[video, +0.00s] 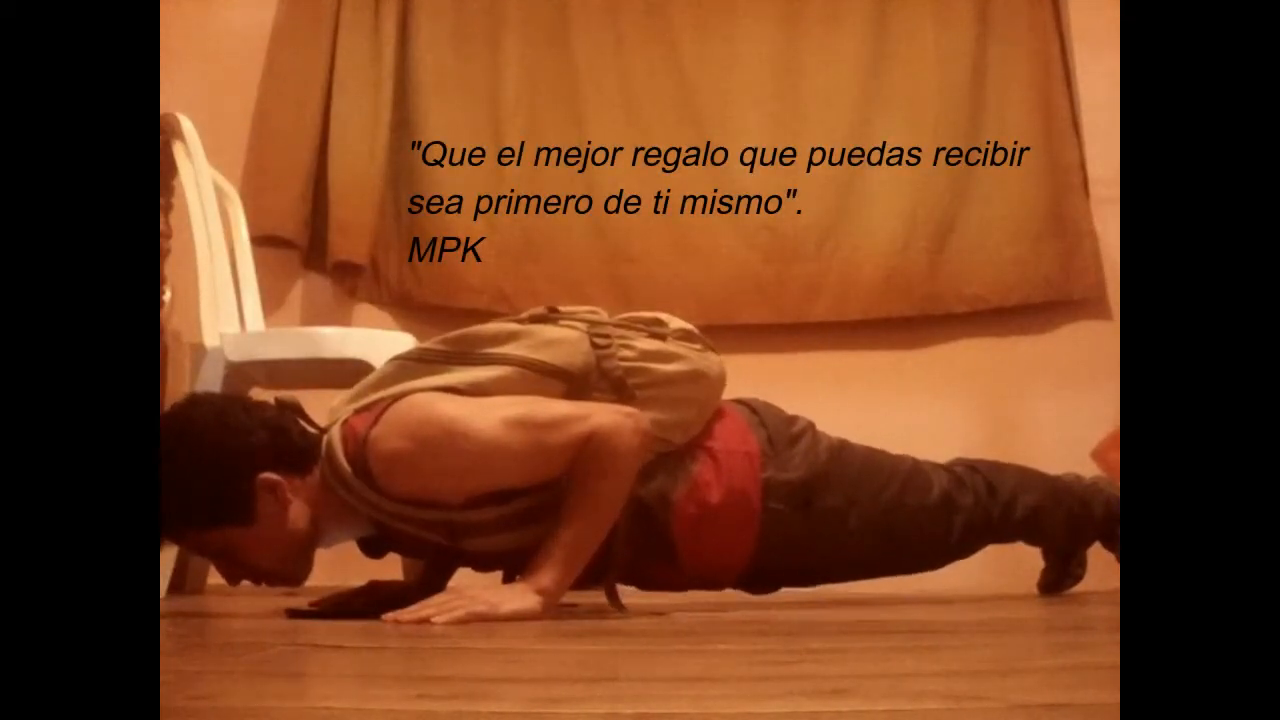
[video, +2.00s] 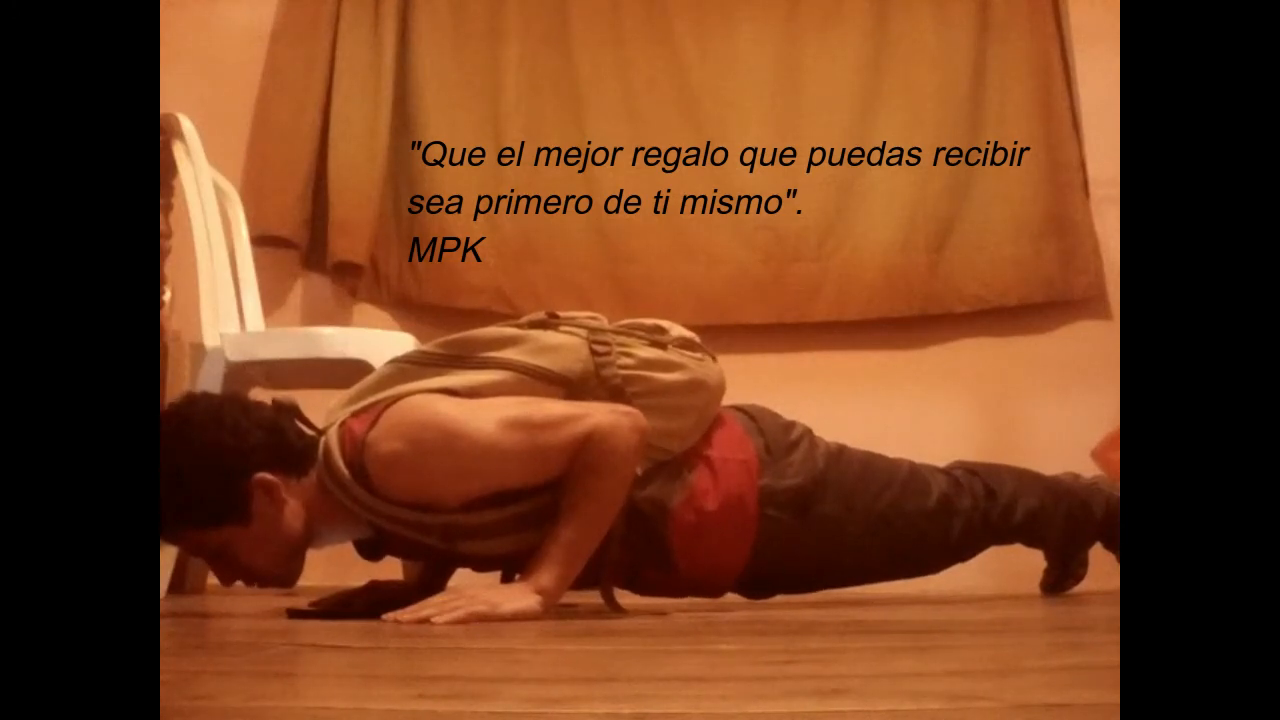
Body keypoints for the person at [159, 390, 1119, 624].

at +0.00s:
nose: (226, 572)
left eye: (221, 547)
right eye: (208, 559)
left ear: (276, 489)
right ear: (271, 481)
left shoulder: (404, 448)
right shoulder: (355, 458)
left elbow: (615, 439)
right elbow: (455, 541)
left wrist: (538, 588)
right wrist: (391, 585)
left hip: (739, 486)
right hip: (709, 504)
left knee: (944, 507)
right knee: (923, 507)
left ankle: (1096, 503)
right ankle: (1072, 506)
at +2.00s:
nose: (218, 574)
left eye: (213, 550)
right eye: (200, 559)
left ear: (262, 492)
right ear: (258, 478)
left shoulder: (400, 448)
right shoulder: (355, 461)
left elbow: (614, 439)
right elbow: (470, 534)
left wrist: (539, 588)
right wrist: (388, 588)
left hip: (739, 498)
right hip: (712, 503)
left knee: (949, 510)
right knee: (928, 506)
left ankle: (1095, 505)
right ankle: (1079, 504)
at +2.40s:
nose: (217, 575)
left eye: (212, 551)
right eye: (200, 560)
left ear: (264, 493)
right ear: (261, 481)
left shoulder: (402, 450)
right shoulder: (356, 458)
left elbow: (614, 438)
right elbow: (483, 526)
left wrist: (539, 588)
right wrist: (393, 585)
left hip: (736, 493)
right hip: (708, 502)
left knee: (944, 508)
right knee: (923, 506)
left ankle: (1094, 504)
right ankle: (1075, 505)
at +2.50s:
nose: (217, 575)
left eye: (211, 550)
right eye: (199, 559)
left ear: (264, 493)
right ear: (260, 481)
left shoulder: (400, 452)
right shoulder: (355, 458)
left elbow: (613, 438)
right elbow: (485, 528)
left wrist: (538, 588)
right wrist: (392, 584)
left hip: (737, 496)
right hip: (710, 502)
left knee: (944, 510)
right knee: (923, 507)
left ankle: (1093, 506)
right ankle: (1077, 504)